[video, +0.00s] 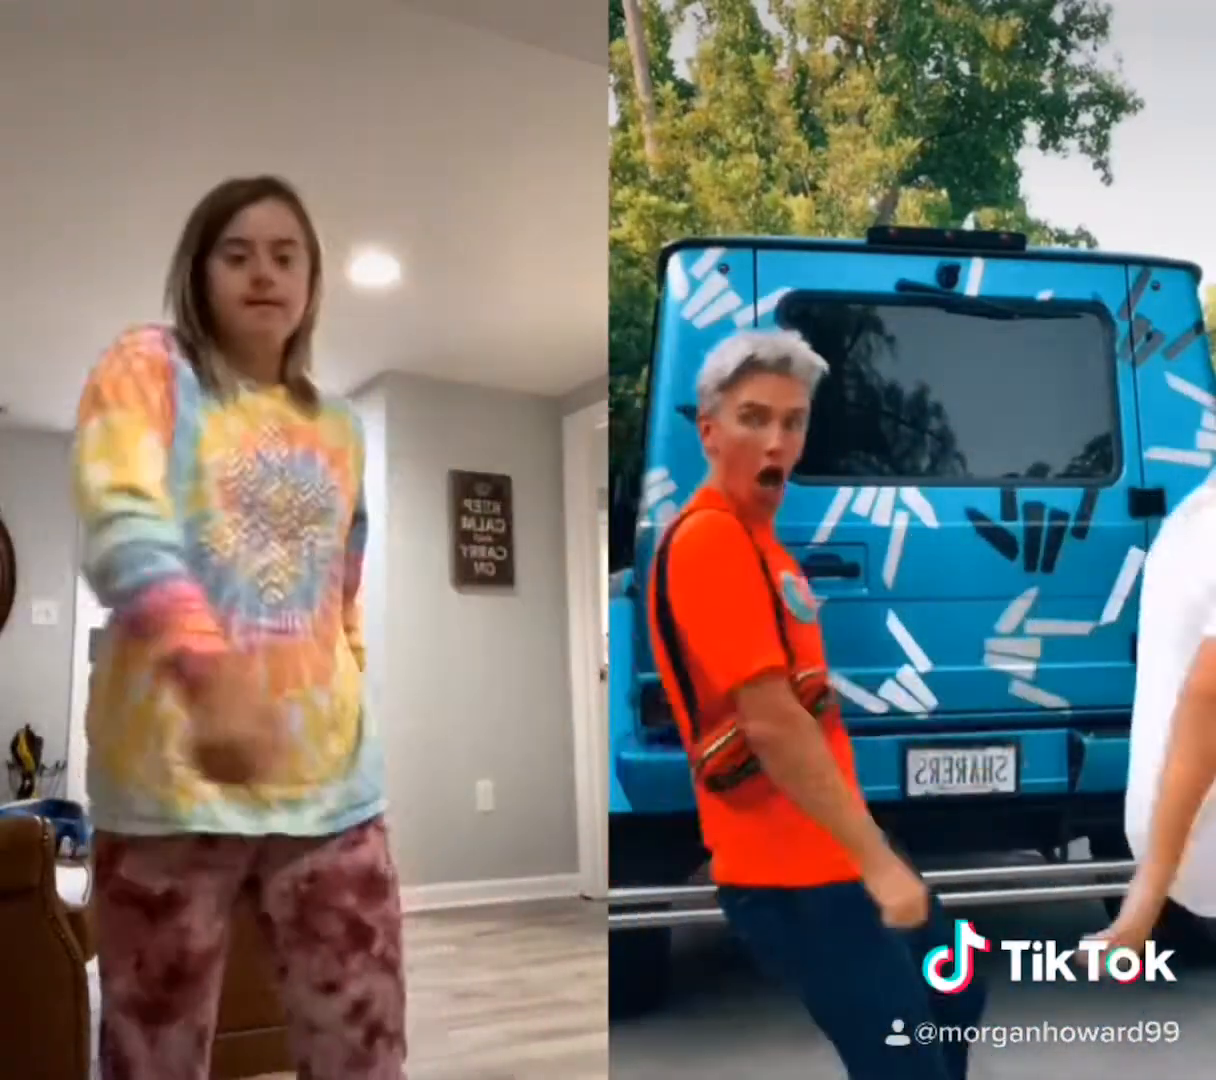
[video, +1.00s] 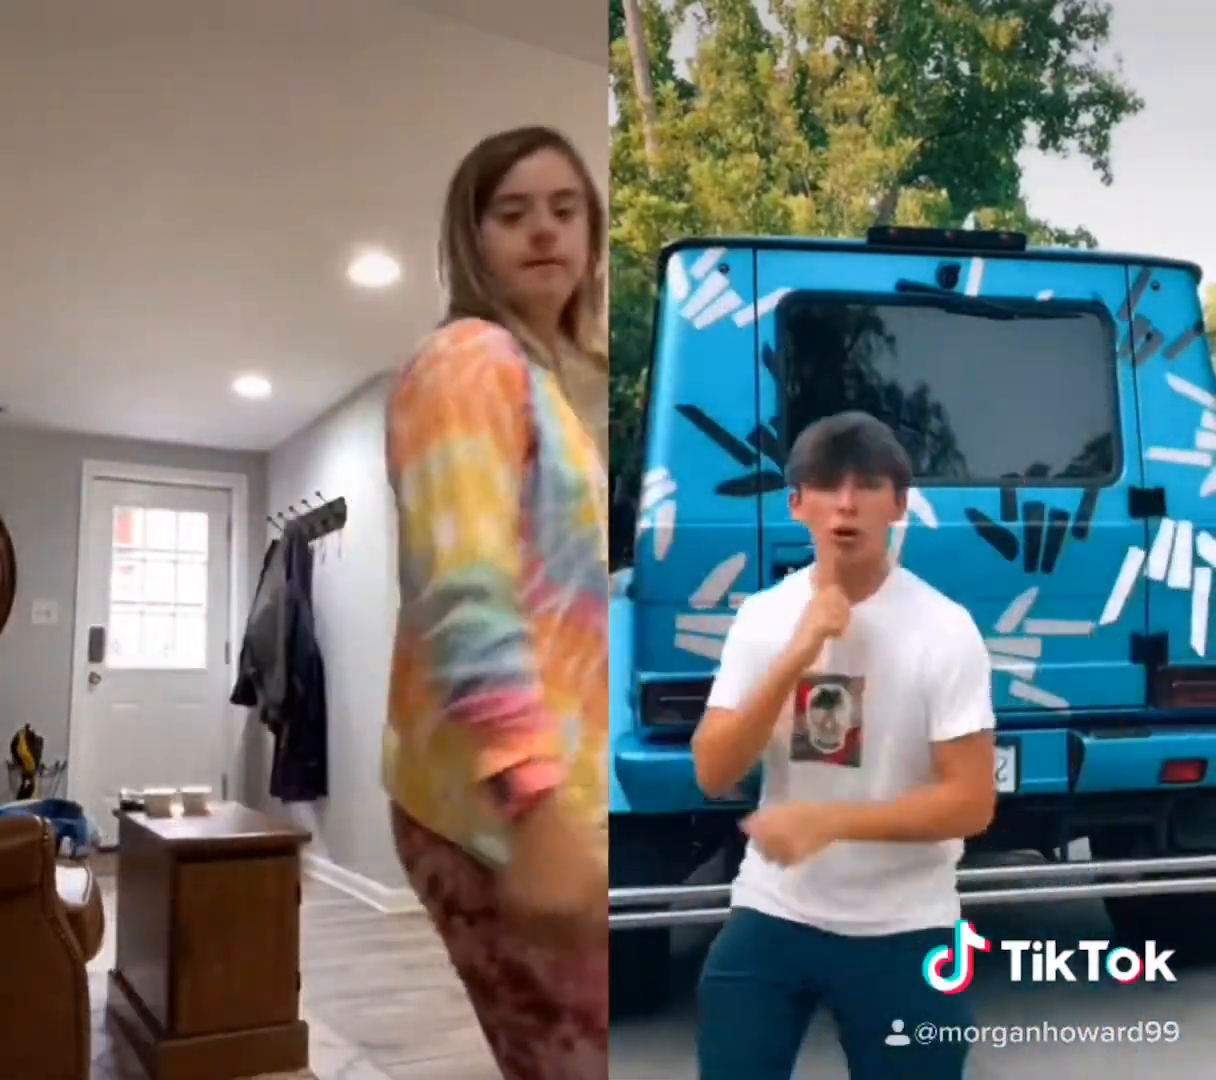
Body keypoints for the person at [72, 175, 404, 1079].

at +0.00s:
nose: (264, 274)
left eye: (286, 255)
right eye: (237, 253)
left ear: (312, 281)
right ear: (198, 276)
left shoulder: (340, 427)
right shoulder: (145, 366)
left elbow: (343, 596)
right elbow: (120, 530)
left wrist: (340, 707)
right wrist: (209, 672)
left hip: (328, 790)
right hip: (169, 793)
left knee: (362, 1054)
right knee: (156, 1060)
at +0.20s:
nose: (306, 274)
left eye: (328, 256)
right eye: (279, 254)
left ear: (353, 286)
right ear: (241, 281)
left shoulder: (383, 442)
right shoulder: (175, 415)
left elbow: (389, 614)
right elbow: (172, 602)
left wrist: (382, 728)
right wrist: (296, 737)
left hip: (369, 813)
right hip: (202, 818)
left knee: (432, 1058)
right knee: (169, 1065)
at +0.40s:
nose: (394, 292)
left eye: (415, 273)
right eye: (366, 274)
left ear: (443, 300)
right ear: (329, 301)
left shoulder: (481, 452)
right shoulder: (279, 445)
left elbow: (522, 636)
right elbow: (221, 646)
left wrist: (551, 794)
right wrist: (203, 833)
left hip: (481, 840)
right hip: (320, 850)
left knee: (563, 1068)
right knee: (300, 1069)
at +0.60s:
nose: (470, 263)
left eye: (492, 242)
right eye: (442, 244)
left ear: (522, 267)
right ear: (404, 273)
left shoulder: (563, 425)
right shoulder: (356, 425)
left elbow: (574, 607)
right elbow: (282, 630)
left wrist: (613, 704)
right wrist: (235, 804)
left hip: (561, 805)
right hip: (431, 811)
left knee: (579, 1062)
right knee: (524, 1063)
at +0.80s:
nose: (523, 249)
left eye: (546, 227)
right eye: (494, 229)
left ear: (575, 253)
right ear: (453, 256)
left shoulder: (590, 410)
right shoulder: (414, 406)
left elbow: (595, 594)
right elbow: (386, 626)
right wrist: (402, 818)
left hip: (593, 801)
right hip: (487, 814)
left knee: (581, 1057)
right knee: (571, 1060)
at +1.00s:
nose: (544, 233)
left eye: (565, 209)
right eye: (513, 213)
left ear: (593, 233)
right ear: (473, 239)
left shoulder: (541, 372)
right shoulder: (468, 358)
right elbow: (464, 591)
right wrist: (537, 798)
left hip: (544, 793)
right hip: (496, 806)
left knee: (565, 1058)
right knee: (561, 1061)